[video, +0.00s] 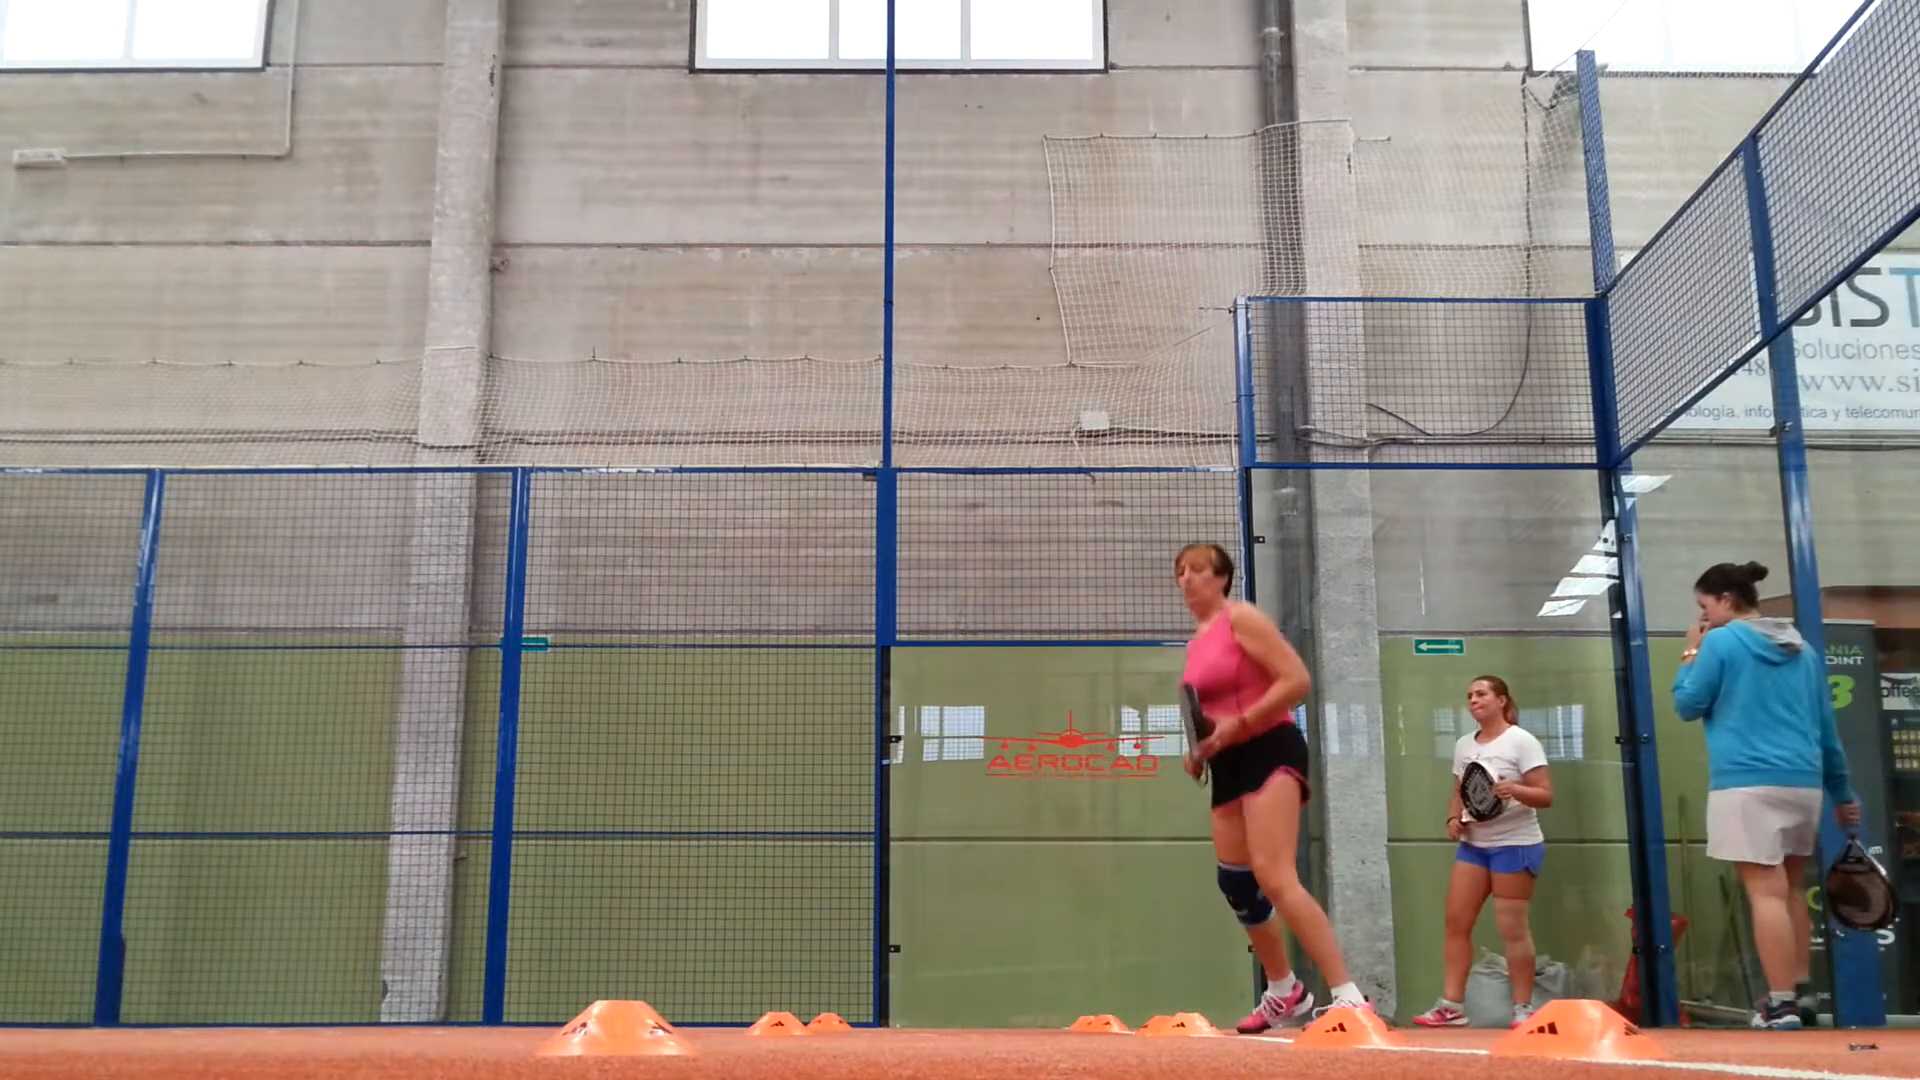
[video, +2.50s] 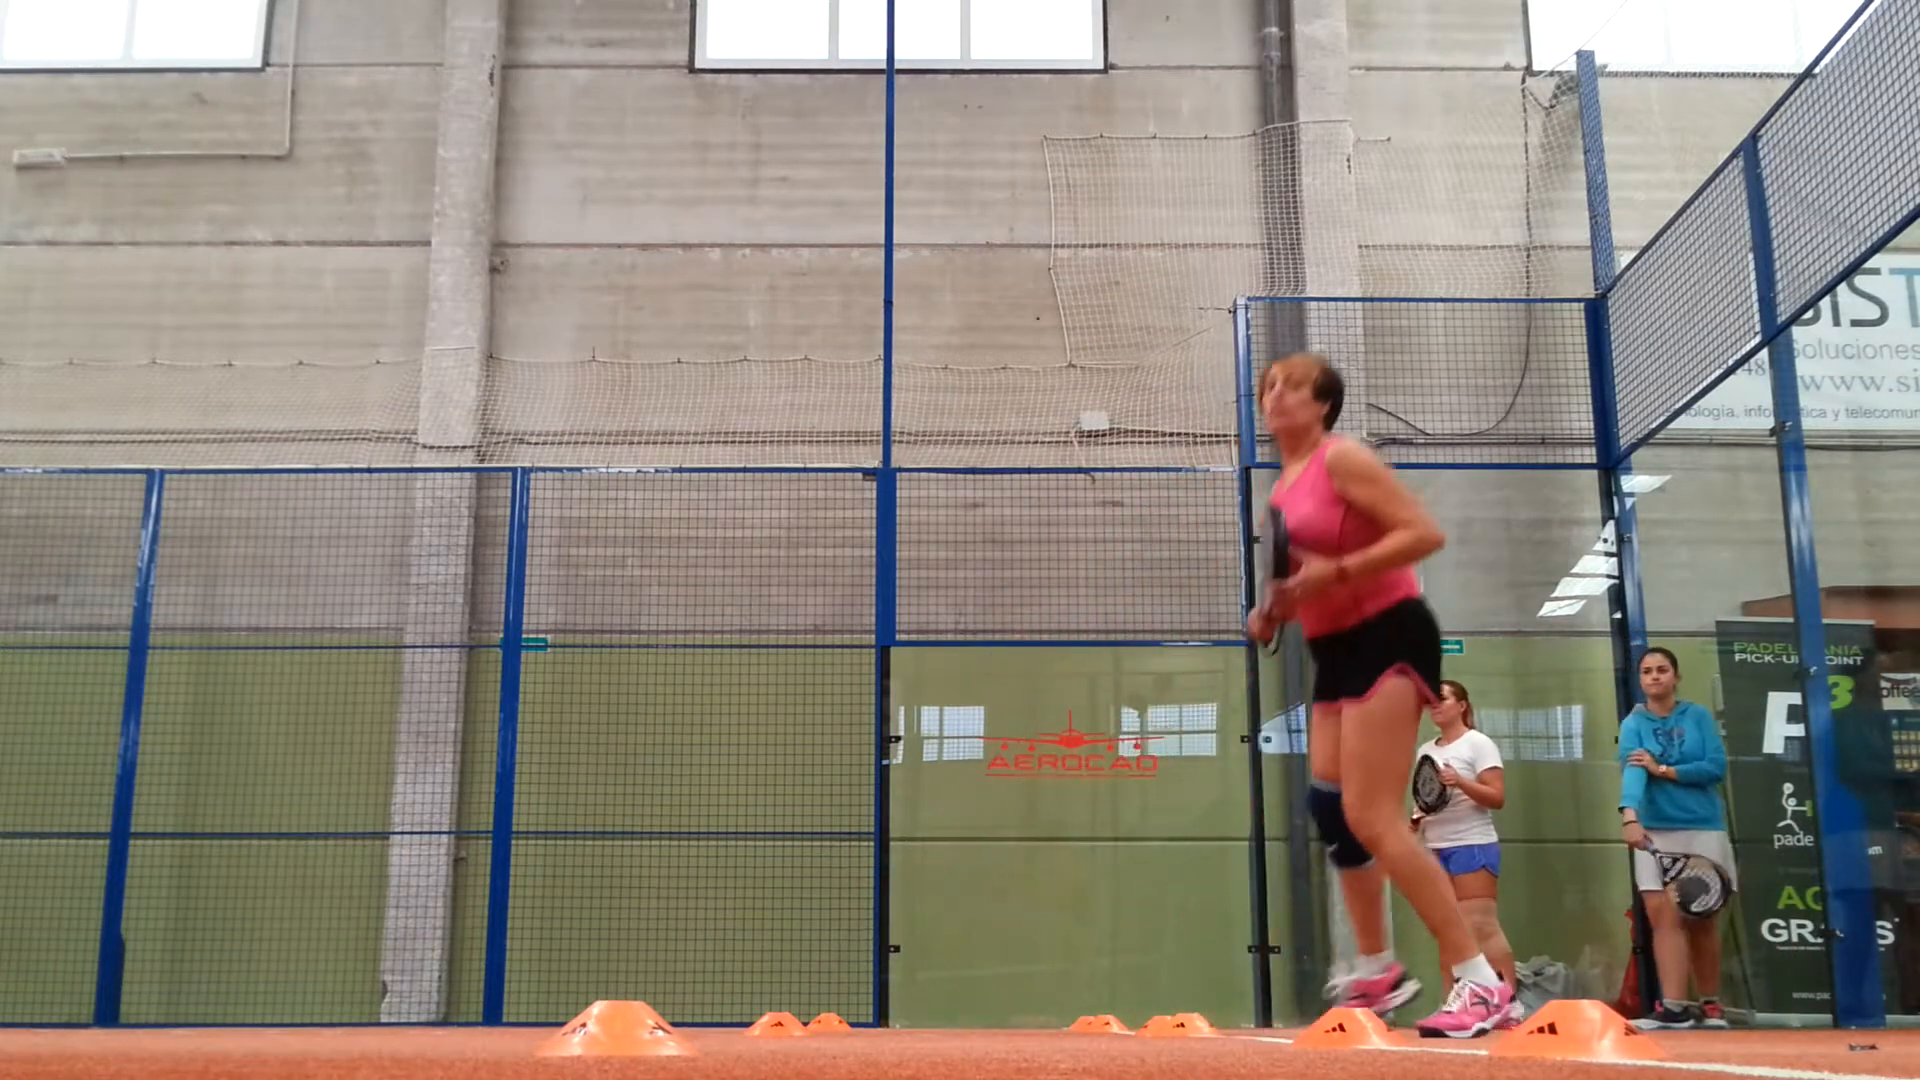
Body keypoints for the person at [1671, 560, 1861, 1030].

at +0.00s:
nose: (1702, 615)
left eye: (1704, 606)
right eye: (1700, 607)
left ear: (1725, 600)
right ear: (1747, 600)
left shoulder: (1722, 640)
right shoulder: (1803, 648)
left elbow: (1688, 703)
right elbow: (1826, 731)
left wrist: (1690, 657)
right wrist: (1842, 793)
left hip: (1748, 782)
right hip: (1804, 782)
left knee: (1766, 891)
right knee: (1792, 888)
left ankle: (1782, 1005)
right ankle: (1799, 994)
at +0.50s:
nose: (1675, 645)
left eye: (1677, 637)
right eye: (1674, 638)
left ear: (1697, 632)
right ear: (1715, 633)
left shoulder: (1692, 670)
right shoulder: (1764, 674)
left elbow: (1661, 727)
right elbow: (1785, 749)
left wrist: (1664, 682)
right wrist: (1796, 812)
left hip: (1709, 805)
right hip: (1767, 802)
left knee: (1696, 901)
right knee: (1751, 902)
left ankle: (1737, 957)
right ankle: (1752, 1009)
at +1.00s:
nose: (1636, 664)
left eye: (1640, 655)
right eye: (1635, 656)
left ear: (1664, 654)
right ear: (1671, 656)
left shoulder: (1659, 692)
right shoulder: (1713, 693)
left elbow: (1657, 748)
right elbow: (1723, 756)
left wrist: (1619, 749)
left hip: (1669, 819)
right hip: (1720, 814)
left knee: (1673, 918)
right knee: (1723, 906)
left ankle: (1681, 1010)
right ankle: (1744, 976)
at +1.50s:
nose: (1622, 673)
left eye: (1630, 665)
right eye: (1620, 667)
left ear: (1652, 668)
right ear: (1622, 671)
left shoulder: (1656, 705)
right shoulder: (1645, 708)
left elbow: (1636, 766)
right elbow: (1623, 776)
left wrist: (1612, 787)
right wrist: (1611, 830)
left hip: (1663, 819)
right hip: (1660, 819)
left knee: (1665, 914)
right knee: (1666, 915)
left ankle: (1678, 1008)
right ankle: (1674, 1006)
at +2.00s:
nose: (1623, 674)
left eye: (1631, 668)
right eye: (1617, 669)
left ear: (1647, 674)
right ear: (1611, 677)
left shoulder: (1665, 710)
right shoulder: (1607, 727)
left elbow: (1677, 766)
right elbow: (1603, 786)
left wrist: (1626, 785)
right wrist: (1599, 836)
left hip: (1682, 823)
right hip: (1640, 832)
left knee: (1690, 912)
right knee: (1660, 920)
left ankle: (1721, 998)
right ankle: (1675, 1007)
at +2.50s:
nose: (1654, 677)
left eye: (1661, 670)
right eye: (1648, 672)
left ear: (1676, 676)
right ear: (1640, 680)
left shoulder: (1698, 715)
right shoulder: (1633, 724)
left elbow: (1717, 766)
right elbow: (1633, 767)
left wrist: (1663, 770)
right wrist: (1629, 815)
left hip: (1701, 828)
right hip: (1653, 830)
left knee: (1703, 917)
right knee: (1660, 913)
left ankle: (1710, 1003)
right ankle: (1674, 1006)